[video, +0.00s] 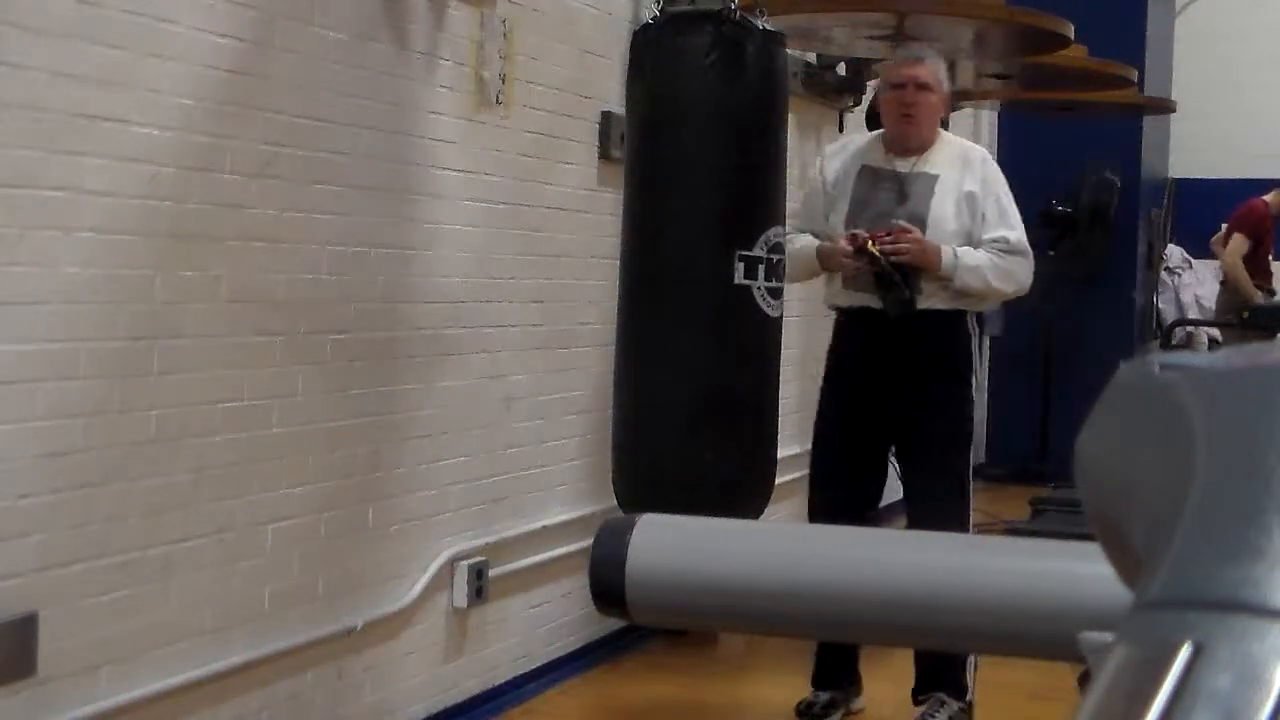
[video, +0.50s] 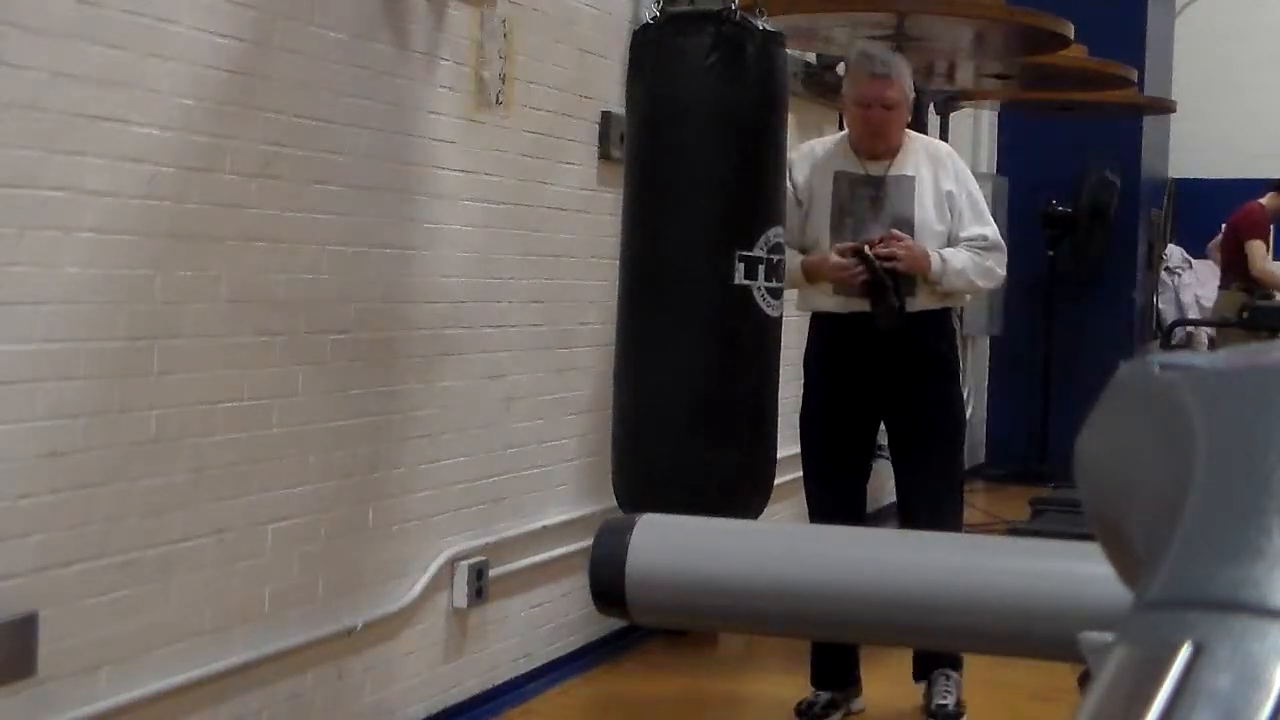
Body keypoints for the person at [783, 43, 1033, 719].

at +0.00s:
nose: (907, 98)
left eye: (922, 88)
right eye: (896, 87)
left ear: (945, 100)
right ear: (878, 96)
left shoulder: (974, 167)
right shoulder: (841, 160)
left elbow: (1016, 269)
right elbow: (789, 249)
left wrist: (935, 256)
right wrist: (830, 254)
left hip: (939, 355)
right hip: (856, 350)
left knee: (939, 521)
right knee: (835, 514)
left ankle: (944, 690)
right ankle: (835, 681)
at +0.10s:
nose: (894, 100)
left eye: (907, 89)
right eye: (881, 87)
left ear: (928, 99)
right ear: (860, 97)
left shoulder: (960, 167)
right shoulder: (822, 163)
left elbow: (1003, 266)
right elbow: (778, 255)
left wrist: (929, 260)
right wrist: (824, 261)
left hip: (931, 358)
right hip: (845, 355)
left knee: (934, 524)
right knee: (831, 518)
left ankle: (934, 688)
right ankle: (835, 681)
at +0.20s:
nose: (880, 101)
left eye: (893, 90)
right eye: (868, 89)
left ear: (917, 100)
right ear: (848, 97)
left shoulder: (948, 165)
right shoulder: (812, 163)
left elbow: (995, 264)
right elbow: (771, 257)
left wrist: (927, 264)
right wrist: (817, 268)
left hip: (925, 363)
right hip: (837, 361)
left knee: (931, 528)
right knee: (829, 524)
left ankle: (934, 689)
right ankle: (835, 683)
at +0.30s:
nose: (878, 108)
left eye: (890, 95)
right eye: (867, 94)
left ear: (912, 100)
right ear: (843, 98)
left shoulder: (944, 165)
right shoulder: (806, 163)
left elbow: (990, 261)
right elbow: (769, 263)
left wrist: (925, 266)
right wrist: (815, 272)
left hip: (922, 362)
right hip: (834, 361)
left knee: (929, 525)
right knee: (831, 524)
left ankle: (939, 687)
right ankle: (835, 684)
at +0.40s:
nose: (877, 113)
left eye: (889, 102)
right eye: (865, 101)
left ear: (909, 101)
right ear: (842, 99)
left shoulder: (942, 163)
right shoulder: (804, 162)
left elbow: (988, 259)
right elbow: (767, 259)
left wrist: (926, 263)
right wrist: (813, 270)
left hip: (922, 360)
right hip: (834, 359)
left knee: (931, 520)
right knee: (830, 521)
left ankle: (942, 681)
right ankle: (835, 683)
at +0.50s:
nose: (880, 121)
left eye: (892, 109)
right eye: (868, 107)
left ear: (911, 104)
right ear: (843, 101)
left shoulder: (943, 164)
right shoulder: (806, 163)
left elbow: (991, 259)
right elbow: (770, 260)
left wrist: (928, 262)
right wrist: (816, 268)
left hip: (923, 358)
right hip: (836, 357)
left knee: (934, 517)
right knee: (831, 519)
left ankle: (941, 671)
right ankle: (835, 681)